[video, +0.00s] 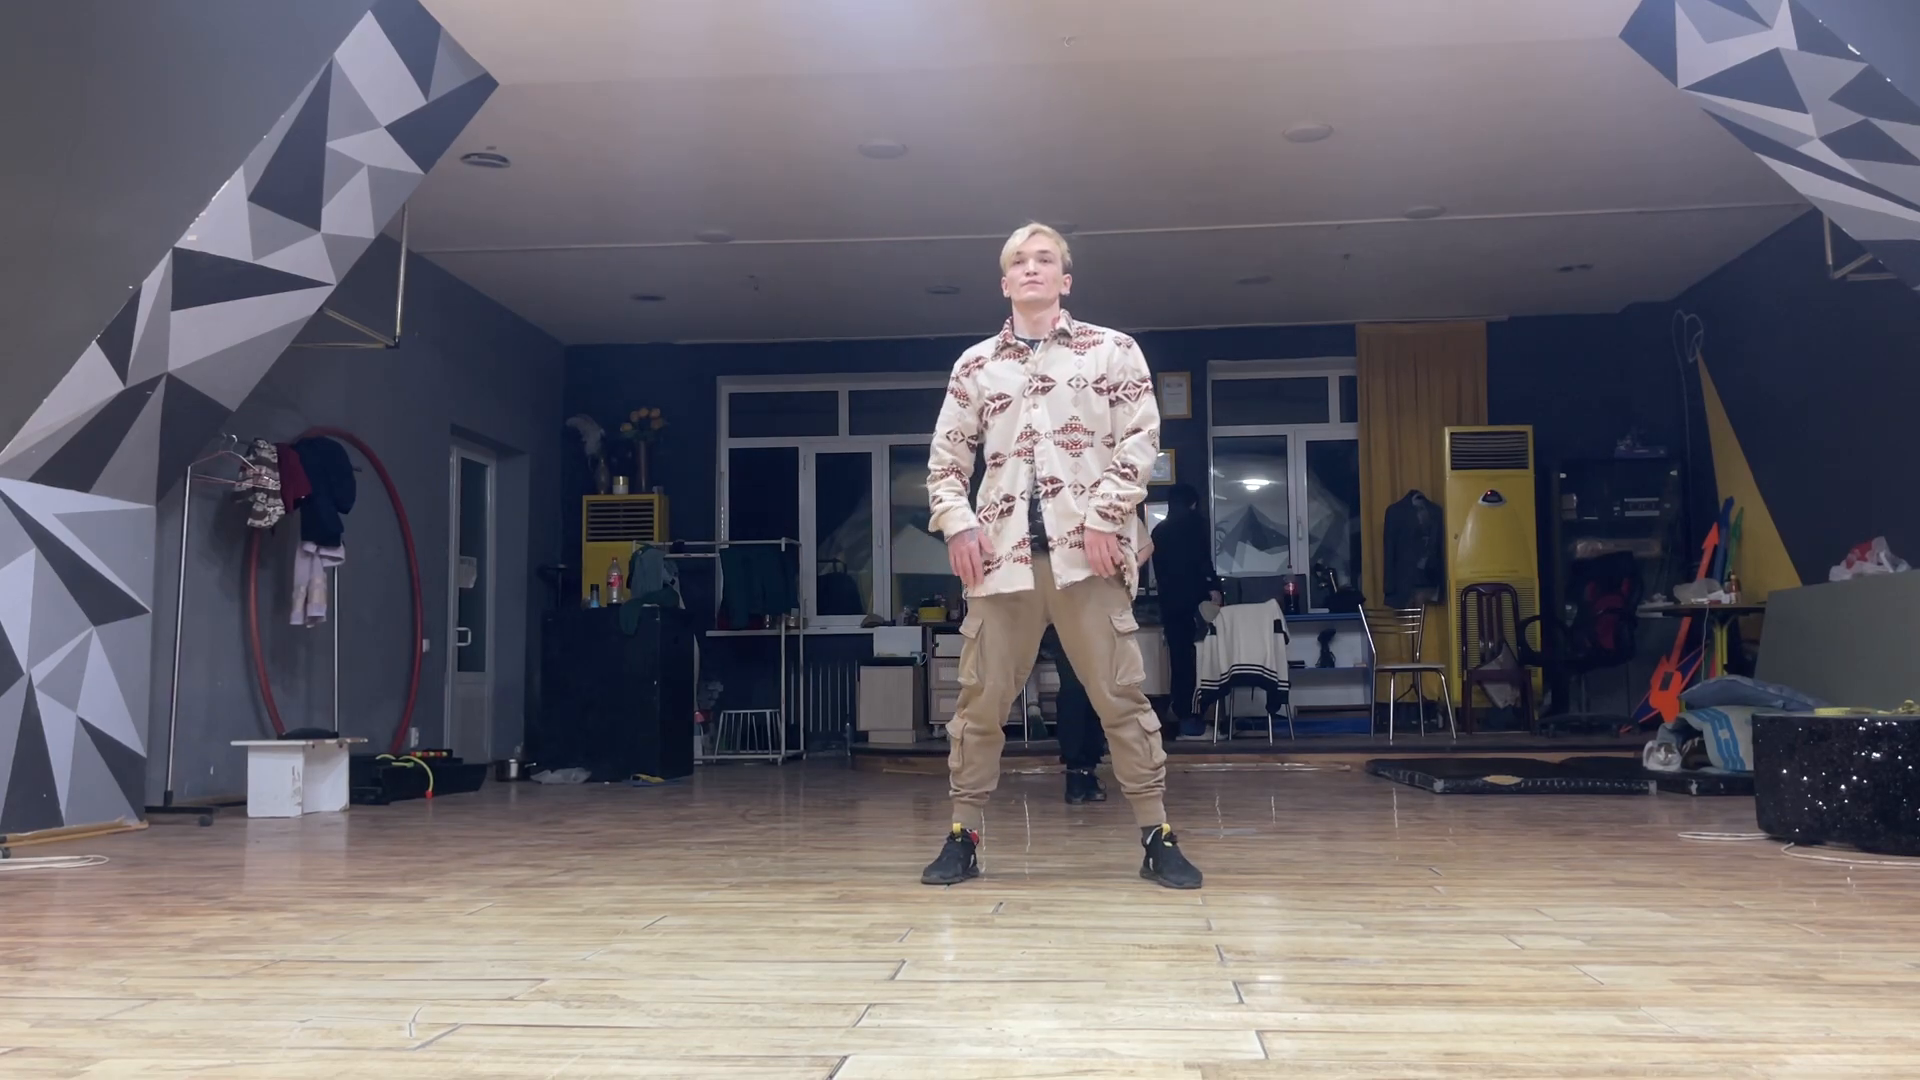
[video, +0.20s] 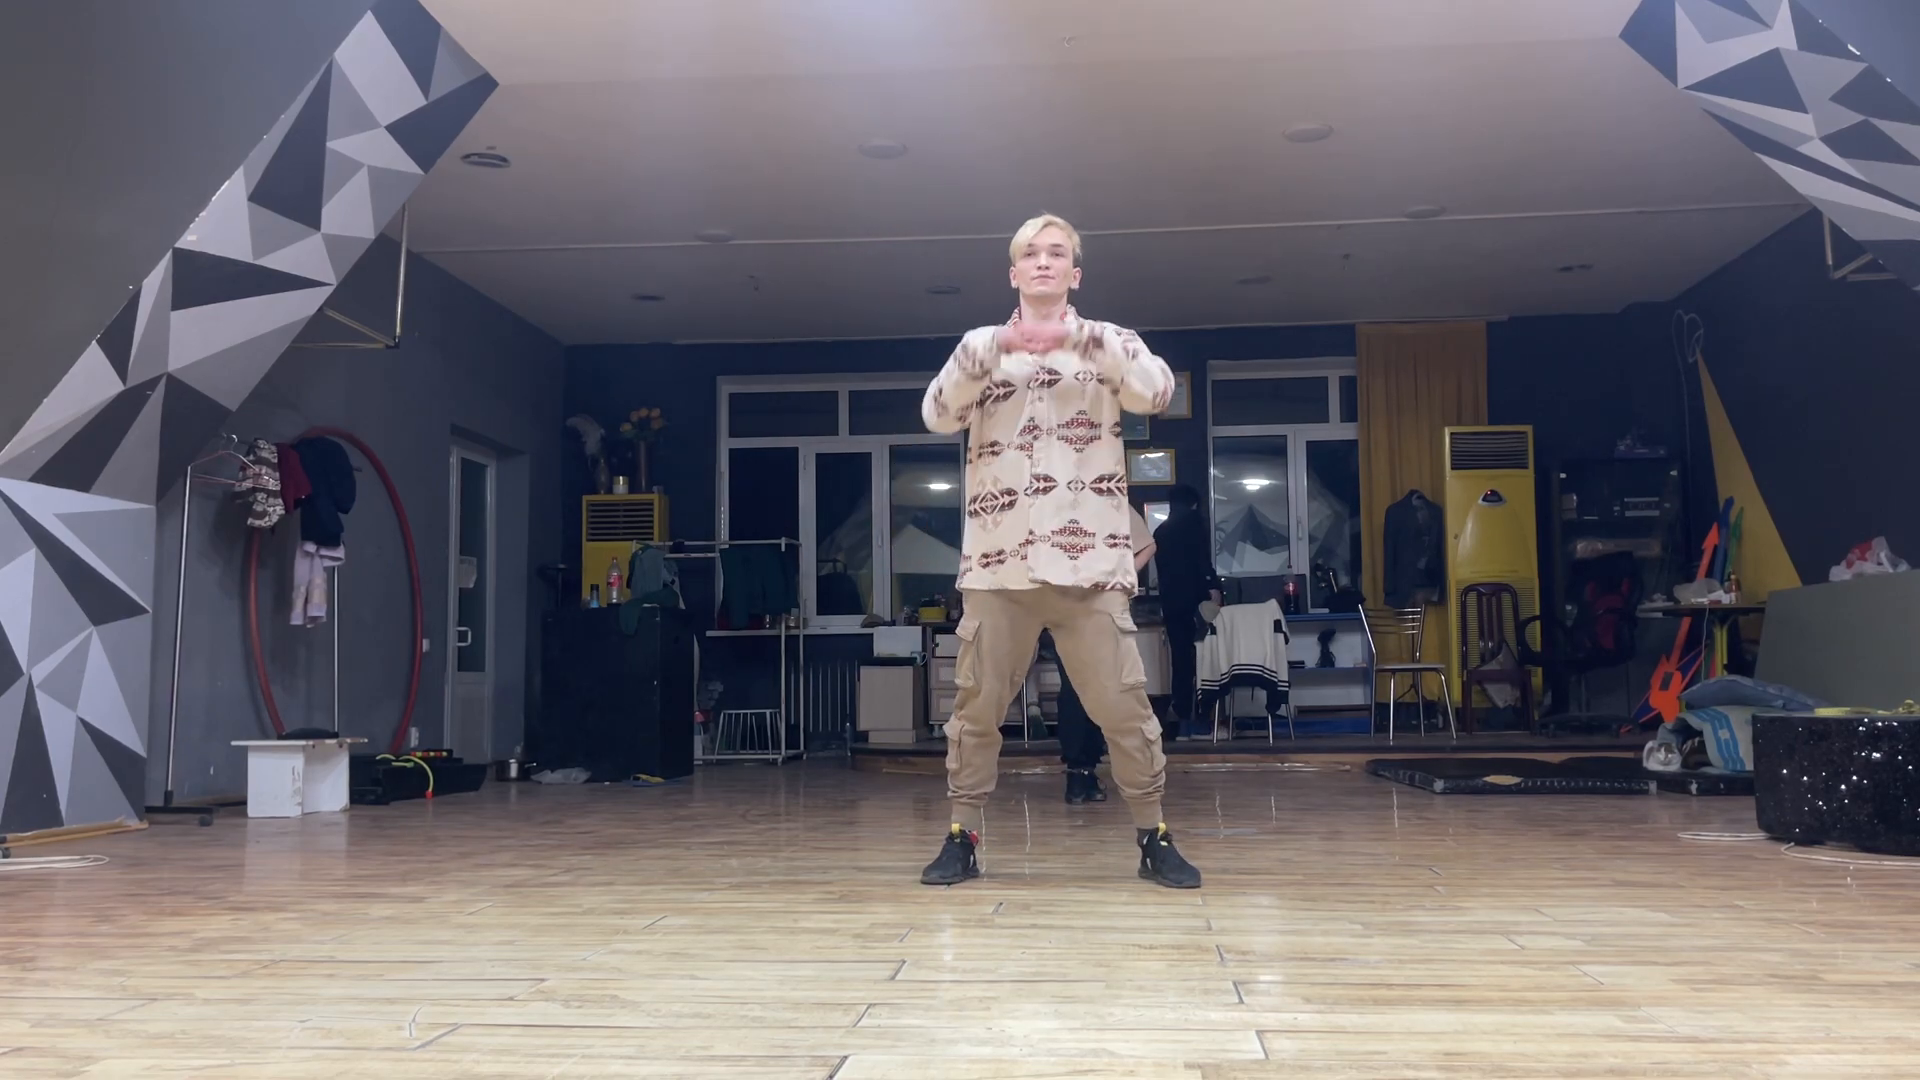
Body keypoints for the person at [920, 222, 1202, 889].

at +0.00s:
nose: (1031, 268)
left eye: (1043, 259)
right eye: (1020, 260)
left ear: (1066, 277)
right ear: (1003, 281)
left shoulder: (1114, 350)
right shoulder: (975, 366)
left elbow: (1141, 441)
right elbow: (947, 460)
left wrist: (1108, 516)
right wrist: (957, 523)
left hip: (1089, 553)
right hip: (1001, 559)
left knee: (1121, 696)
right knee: (980, 701)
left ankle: (1157, 835)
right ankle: (963, 836)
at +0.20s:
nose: (1043, 262)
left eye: (1056, 253)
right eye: (1031, 253)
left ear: (1076, 271)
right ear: (1013, 271)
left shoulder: (1107, 342)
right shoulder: (983, 346)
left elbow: (1158, 394)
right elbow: (937, 418)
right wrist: (972, 362)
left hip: (1091, 561)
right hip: (998, 563)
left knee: (1122, 701)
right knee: (977, 703)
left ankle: (1155, 836)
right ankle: (962, 837)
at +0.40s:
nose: (1083, 277)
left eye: (1091, 268)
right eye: (1068, 267)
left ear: (1101, 283)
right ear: (1038, 282)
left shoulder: (1116, 371)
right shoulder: (1003, 363)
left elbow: (1147, 457)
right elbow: (998, 462)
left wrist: (1159, 488)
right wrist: (1089, 490)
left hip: (1104, 571)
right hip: (1023, 573)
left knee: (1113, 709)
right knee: (1017, 717)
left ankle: (1051, 846)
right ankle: (962, 822)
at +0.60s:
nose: (1114, 291)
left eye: (1123, 281)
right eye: (1100, 279)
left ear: (1130, 290)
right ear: (1067, 287)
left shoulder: (1100, 371)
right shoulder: (1041, 351)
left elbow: (1109, 469)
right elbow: (1017, 417)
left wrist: (1170, 486)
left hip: (1096, 560)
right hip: (1044, 549)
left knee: (1144, 698)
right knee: (1076, 676)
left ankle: (1061, 839)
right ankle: (973, 831)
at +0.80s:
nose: (1134, 345)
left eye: (1138, 334)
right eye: (1127, 331)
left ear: (1124, 337)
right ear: (1093, 325)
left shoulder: (1113, 389)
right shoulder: (1050, 375)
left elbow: (1143, 394)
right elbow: (1016, 348)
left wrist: (1182, 385)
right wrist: (1111, 320)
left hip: (1084, 585)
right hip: (1054, 575)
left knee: (1151, 717)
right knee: (1076, 729)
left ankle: (1062, 843)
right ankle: (950, 864)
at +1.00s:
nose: (1101, 266)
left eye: (1114, 254)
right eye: (1088, 255)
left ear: (1133, 264)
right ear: (1068, 267)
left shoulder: (1170, 347)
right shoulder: (1032, 348)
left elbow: (1165, 447)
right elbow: (996, 428)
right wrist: (1022, 462)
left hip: (1130, 534)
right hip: (1045, 523)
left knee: (1127, 689)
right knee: (1056, 629)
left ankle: (1054, 832)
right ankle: (1006, 800)